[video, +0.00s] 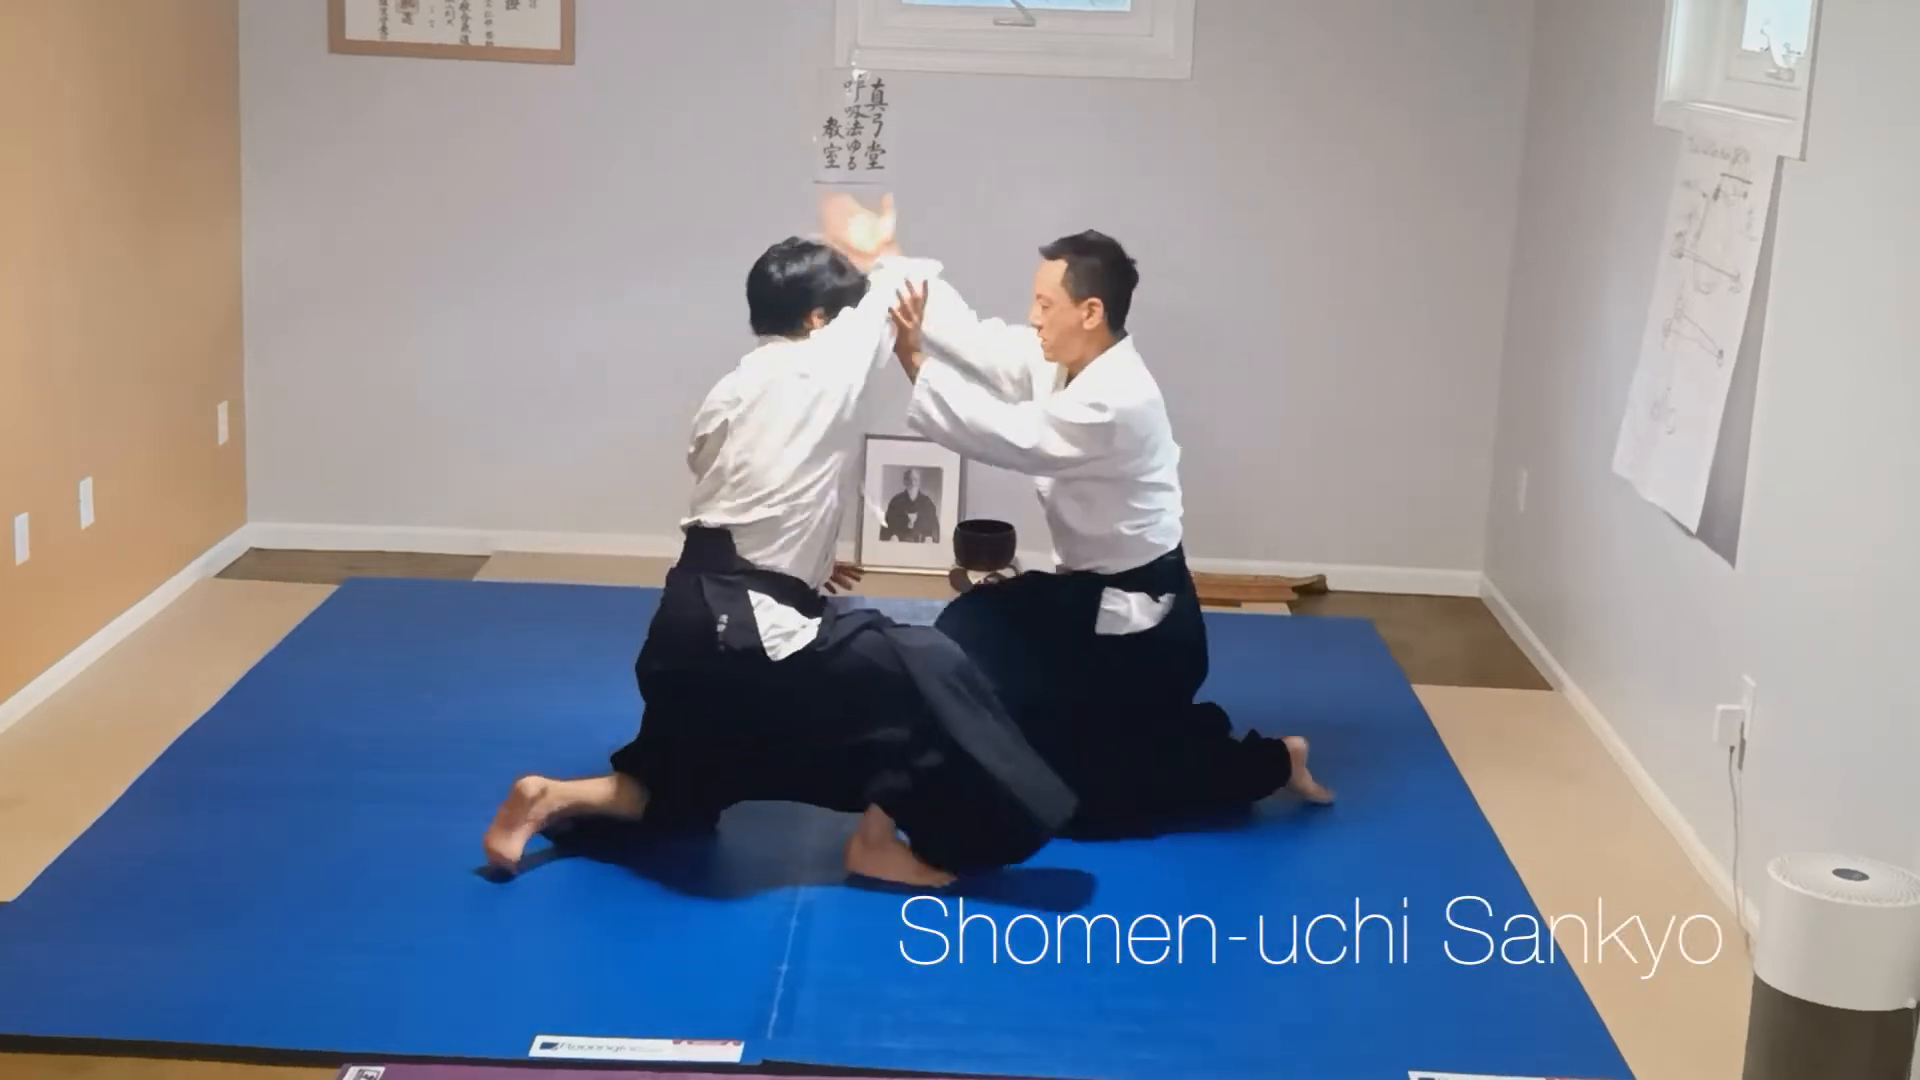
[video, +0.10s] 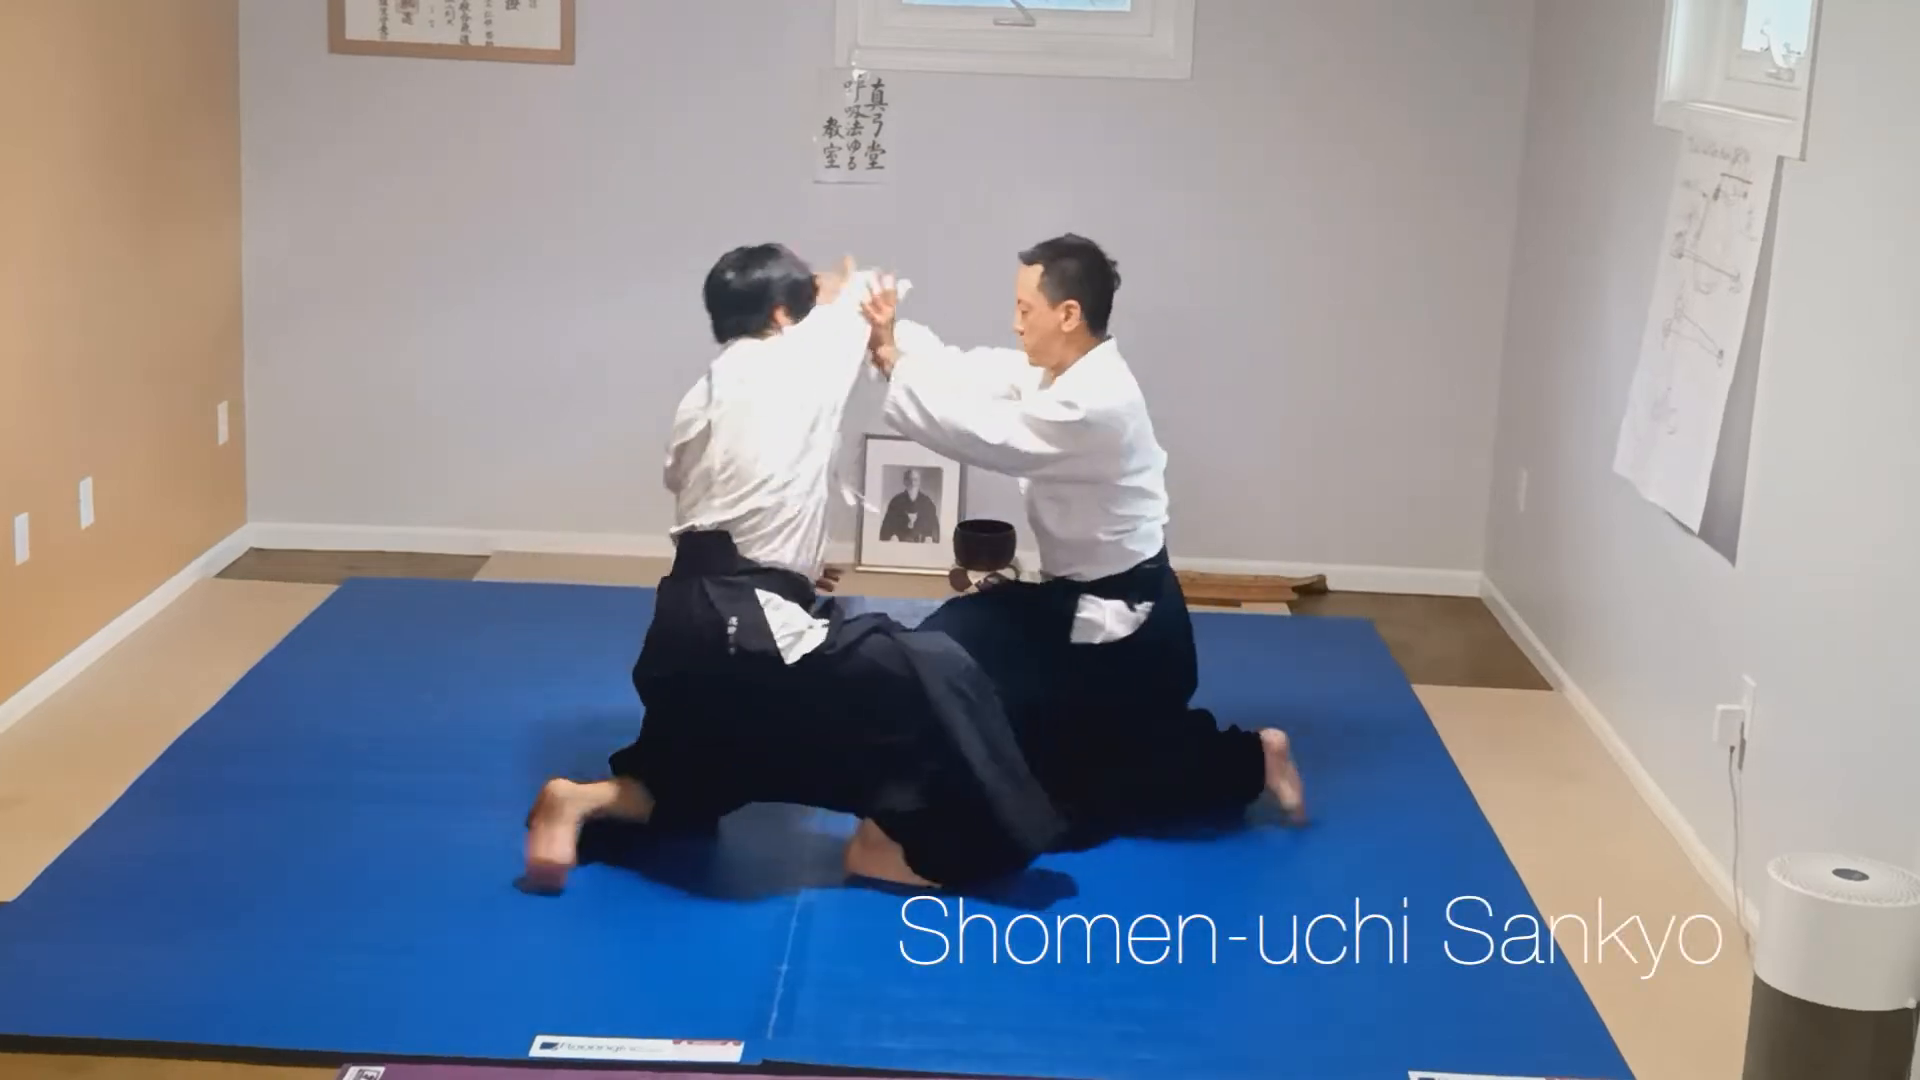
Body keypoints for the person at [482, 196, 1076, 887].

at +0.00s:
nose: (855, 325)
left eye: (853, 310)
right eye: (848, 309)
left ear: (766, 317)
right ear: (818, 319)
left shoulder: (722, 396)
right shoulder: (823, 369)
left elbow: (715, 512)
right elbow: (909, 285)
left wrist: (805, 569)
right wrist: (878, 252)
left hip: (679, 633)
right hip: (759, 633)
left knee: (682, 787)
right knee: (926, 666)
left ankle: (552, 798)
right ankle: (878, 842)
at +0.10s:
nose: (819, 308)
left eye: (814, 300)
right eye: (811, 298)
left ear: (722, 323)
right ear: (785, 313)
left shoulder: (697, 396)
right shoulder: (806, 354)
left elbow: (679, 482)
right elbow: (867, 289)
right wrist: (843, 285)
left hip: (676, 629)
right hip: (765, 625)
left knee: (694, 777)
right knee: (937, 667)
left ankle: (582, 801)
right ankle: (883, 842)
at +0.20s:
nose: (759, 345)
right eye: (756, 335)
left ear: (673, 353)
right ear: (737, 337)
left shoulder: (656, 429)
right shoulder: (774, 363)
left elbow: (657, 555)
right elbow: (862, 321)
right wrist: (841, 384)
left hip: (668, 632)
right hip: (756, 619)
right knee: (938, 670)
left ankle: (655, 797)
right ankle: (883, 841)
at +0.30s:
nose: (714, 373)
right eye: (711, 364)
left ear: (632, 396)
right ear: (699, 370)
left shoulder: (622, 470)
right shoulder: (746, 391)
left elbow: (624, 592)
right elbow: (840, 373)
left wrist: (660, 651)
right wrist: (846, 441)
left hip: (657, 638)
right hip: (746, 608)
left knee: (644, 767)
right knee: (910, 671)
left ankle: (673, 807)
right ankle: (893, 841)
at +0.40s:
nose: (683, 421)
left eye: (679, 418)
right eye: (681, 413)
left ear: (606, 453)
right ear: (668, 417)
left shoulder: (596, 517)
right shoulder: (713, 436)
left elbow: (597, 630)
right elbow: (806, 424)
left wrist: (621, 696)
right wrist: (870, 492)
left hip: (643, 648)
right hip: (732, 618)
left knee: (638, 766)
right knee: (907, 669)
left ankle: (666, 820)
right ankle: (912, 851)